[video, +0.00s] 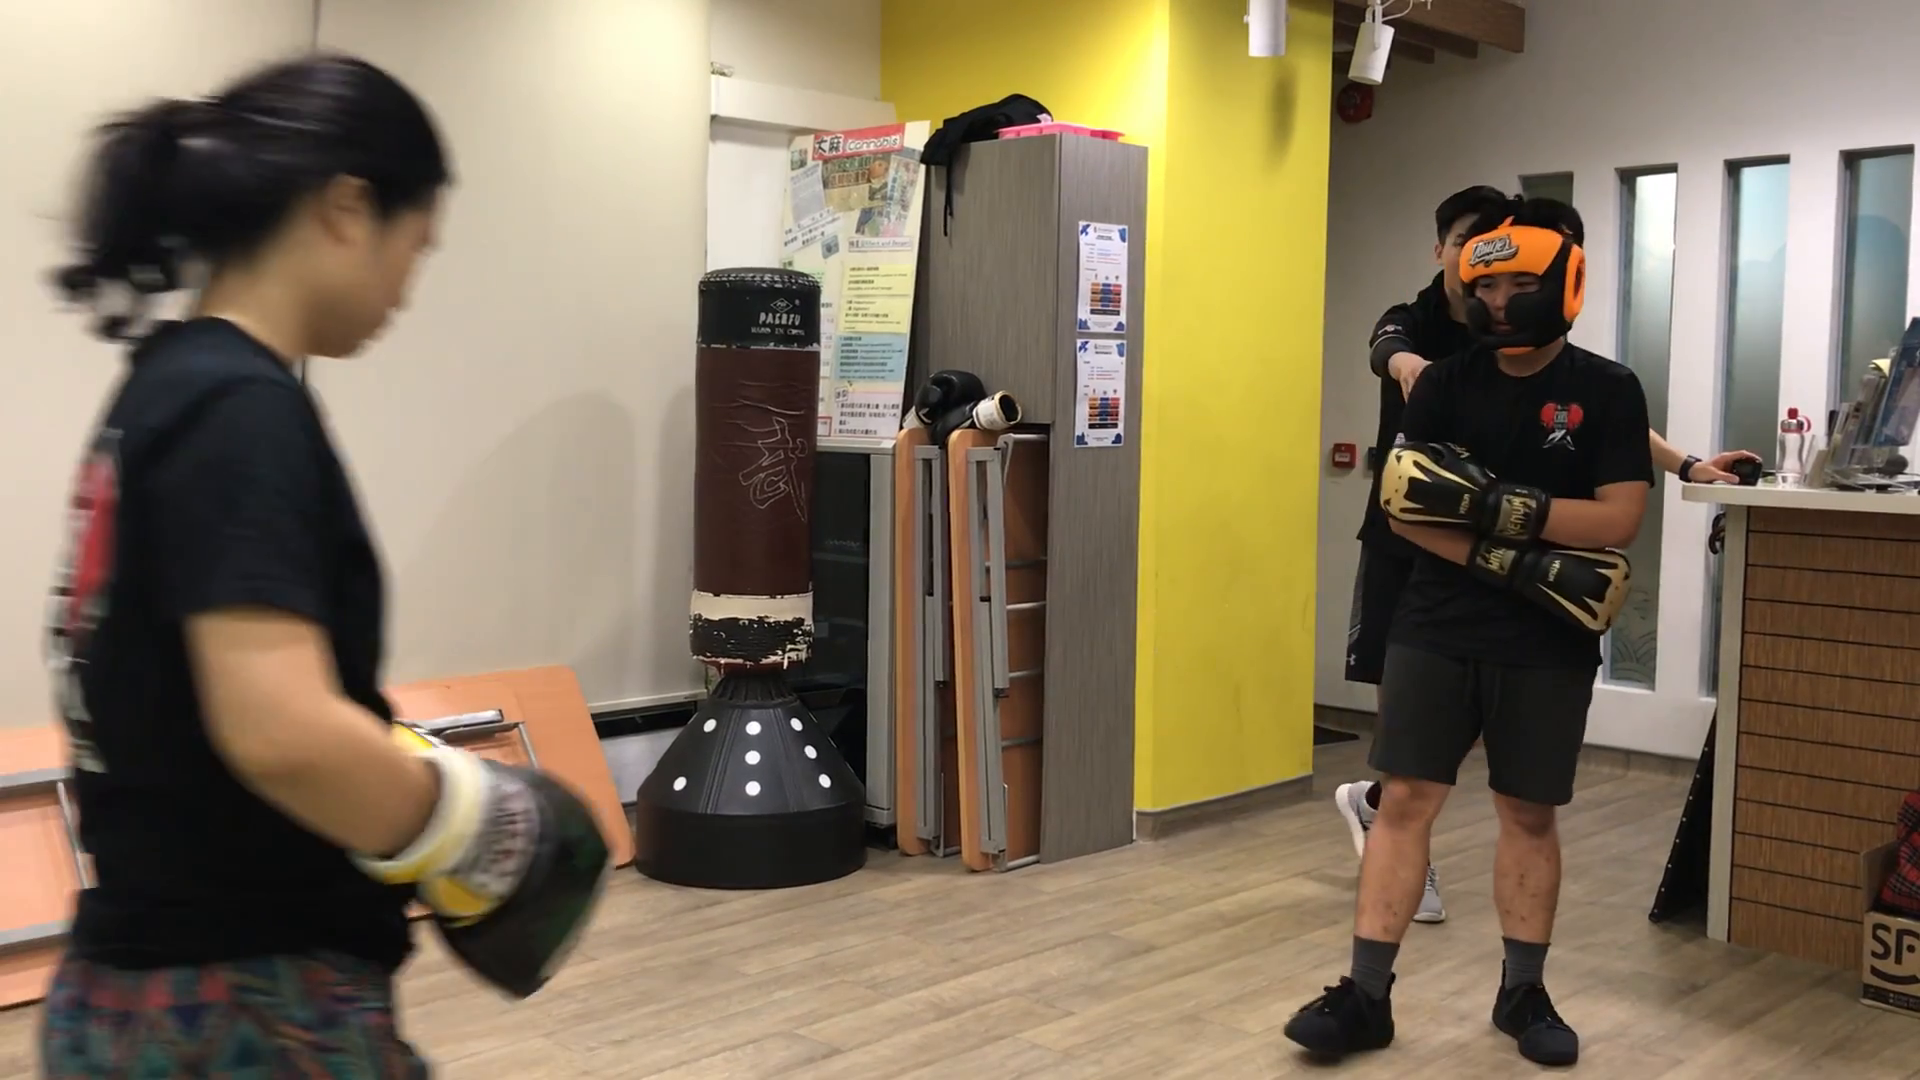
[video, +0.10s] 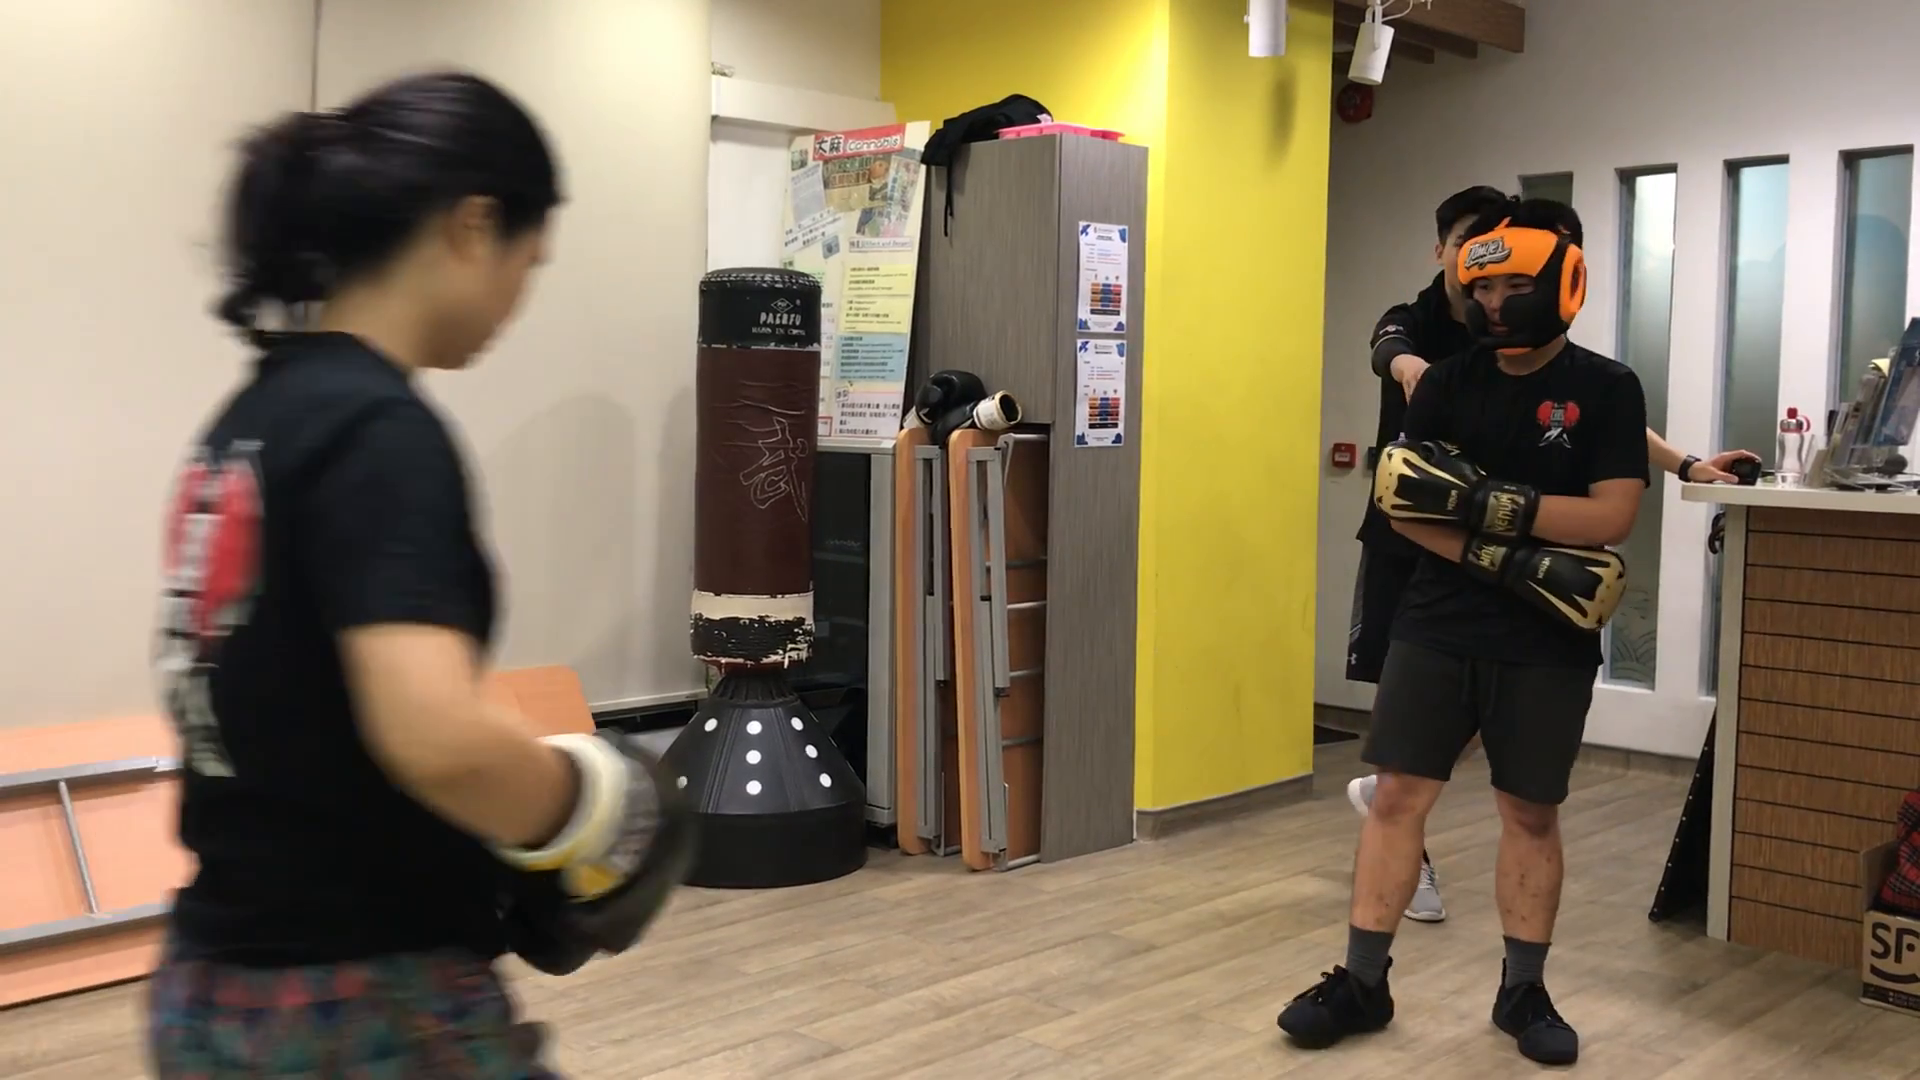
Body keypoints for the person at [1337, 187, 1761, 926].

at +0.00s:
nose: (1479, 270)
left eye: (1496, 252)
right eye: (1469, 252)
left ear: (1526, 262)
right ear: (1442, 256)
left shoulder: (1526, 343)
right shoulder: (1409, 331)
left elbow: (1607, 418)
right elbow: (1401, 366)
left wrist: (1690, 464)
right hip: (1404, 556)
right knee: (1404, 707)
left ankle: (1374, 797)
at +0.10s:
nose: (1478, 270)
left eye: (1494, 253)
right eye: (1466, 254)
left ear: (1529, 263)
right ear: (1442, 257)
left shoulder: (1527, 341)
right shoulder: (1408, 328)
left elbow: (1606, 417)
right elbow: (1403, 368)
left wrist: (1689, 465)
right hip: (1405, 553)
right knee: (1401, 729)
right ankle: (1410, 860)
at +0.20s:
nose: (1466, 270)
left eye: (1483, 250)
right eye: (1455, 252)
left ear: (1526, 255)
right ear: (1439, 254)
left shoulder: (1522, 331)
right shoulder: (1410, 325)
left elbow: (1606, 418)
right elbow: (1413, 372)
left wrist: (1687, 463)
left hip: (1509, 558)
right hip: (1410, 542)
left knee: (1488, 713)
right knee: (1406, 706)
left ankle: (1420, 820)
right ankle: (1409, 847)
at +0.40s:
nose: (1460, 277)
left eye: (1484, 258)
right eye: (1454, 258)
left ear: (1513, 263)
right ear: (1438, 255)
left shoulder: (1534, 346)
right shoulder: (1412, 332)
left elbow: (1602, 413)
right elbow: (1424, 394)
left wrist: (1685, 463)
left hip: (1505, 574)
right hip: (1405, 571)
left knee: (1502, 715)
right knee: (1399, 721)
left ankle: (1497, 840)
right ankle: (1409, 855)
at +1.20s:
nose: (1568, 258)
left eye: (1583, 248)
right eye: (1555, 243)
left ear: (1595, 257)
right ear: (1527, 244)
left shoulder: (1596, 345)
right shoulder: (1485, 320)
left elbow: (1630, 438)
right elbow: (1432, 350)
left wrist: (1692, 460)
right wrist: (1414, 361)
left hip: (1552, 548)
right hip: (1476, 542)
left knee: (1532, 707)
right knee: (1454, 706)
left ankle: (1515, 861)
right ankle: (1426, 860)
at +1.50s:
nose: (1605, 275)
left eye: (1612, 263)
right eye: (1595, 258)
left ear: (1611, 269)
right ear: (1552, 253)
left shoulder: (1601, 345)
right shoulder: (1488, 319)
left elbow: (1642, 438)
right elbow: (1431, 363)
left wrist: (1683, 428)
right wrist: (1464, 363)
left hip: (1562, 548)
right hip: (1486, 543)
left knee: (1538, 706)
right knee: (1463, 704)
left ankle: (1515, 860)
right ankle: (1437, 862)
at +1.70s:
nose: (1602, 275)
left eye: (1611, 265)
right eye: (1591, 260)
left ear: (1610, 269)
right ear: (1547, 251)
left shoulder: (1604, 345)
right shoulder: (1488, 326)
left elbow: (1647, 447)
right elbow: (1468, 405)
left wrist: (1658, 424)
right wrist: (1569, 399)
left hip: (1563, 549)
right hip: (1485, 543)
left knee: (1537, 707)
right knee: (1461, 704)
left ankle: (1514, 862)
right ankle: (1439, 863)